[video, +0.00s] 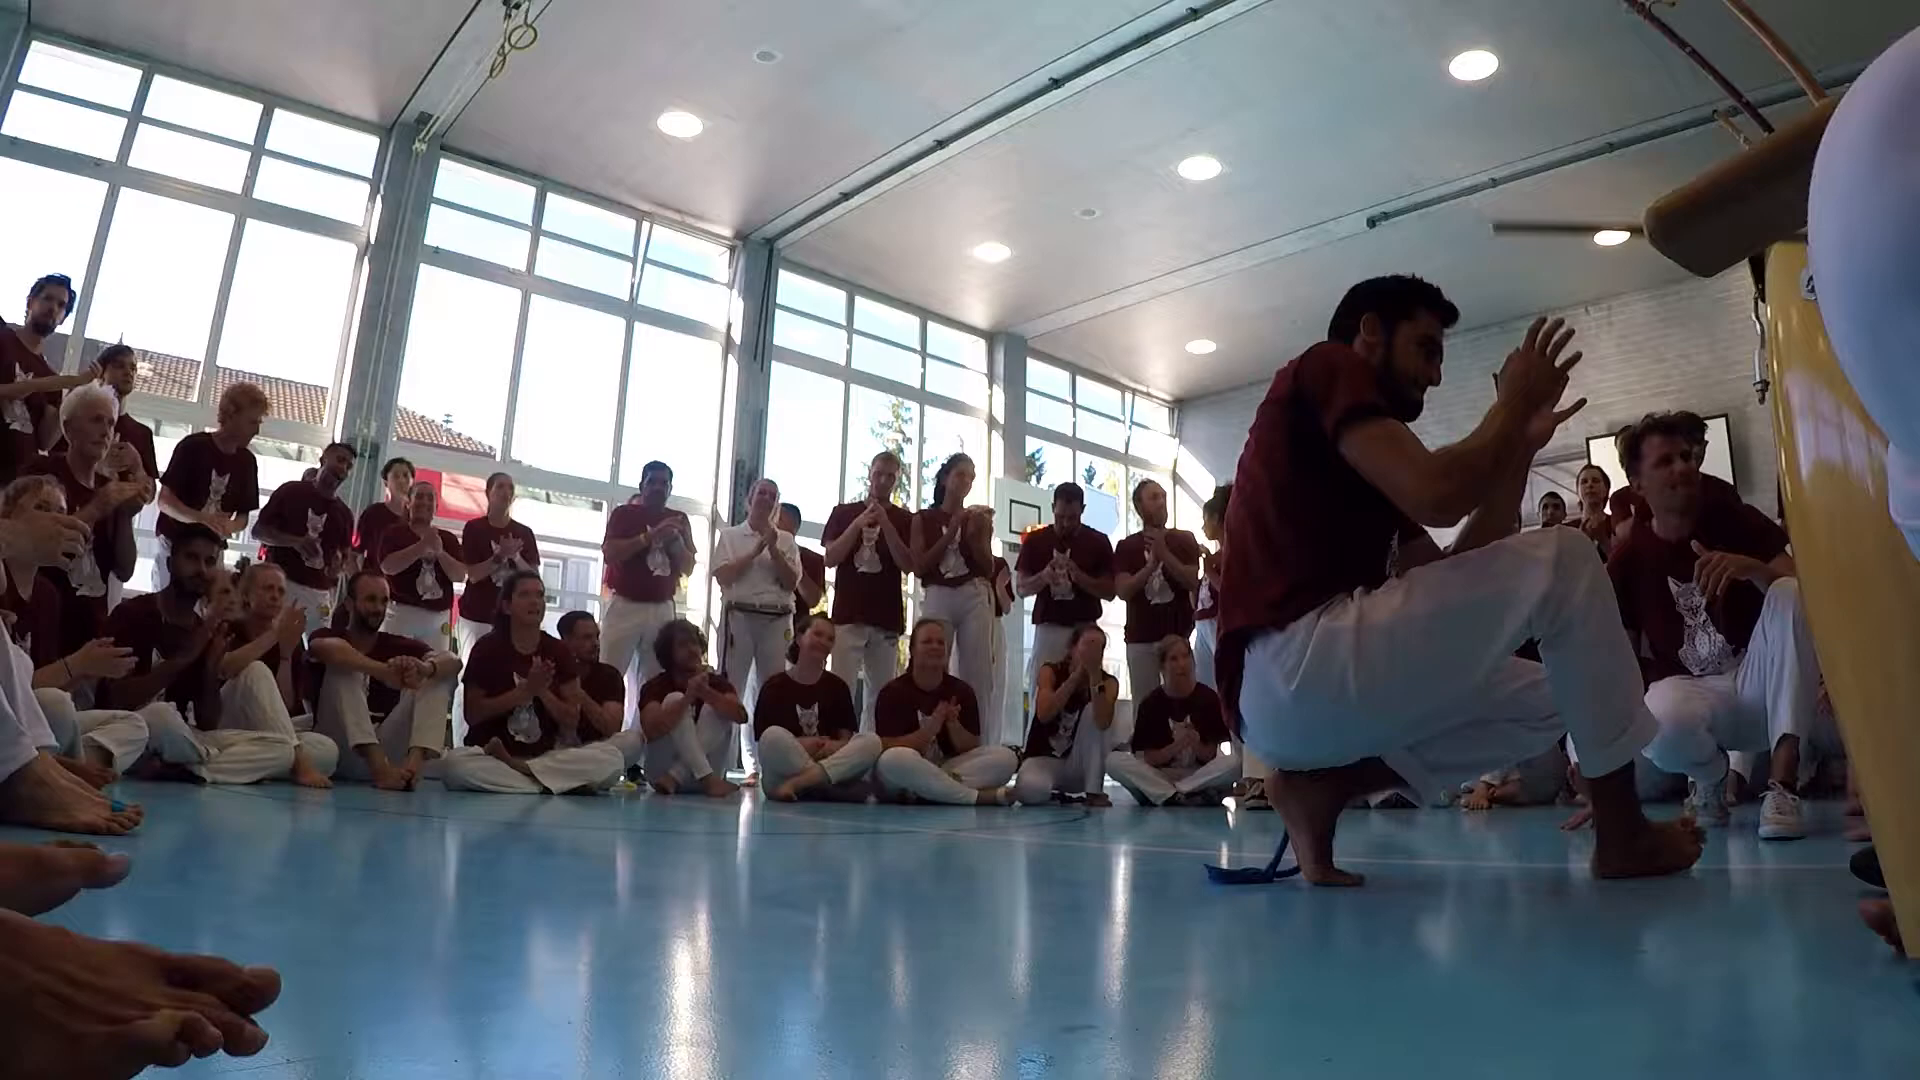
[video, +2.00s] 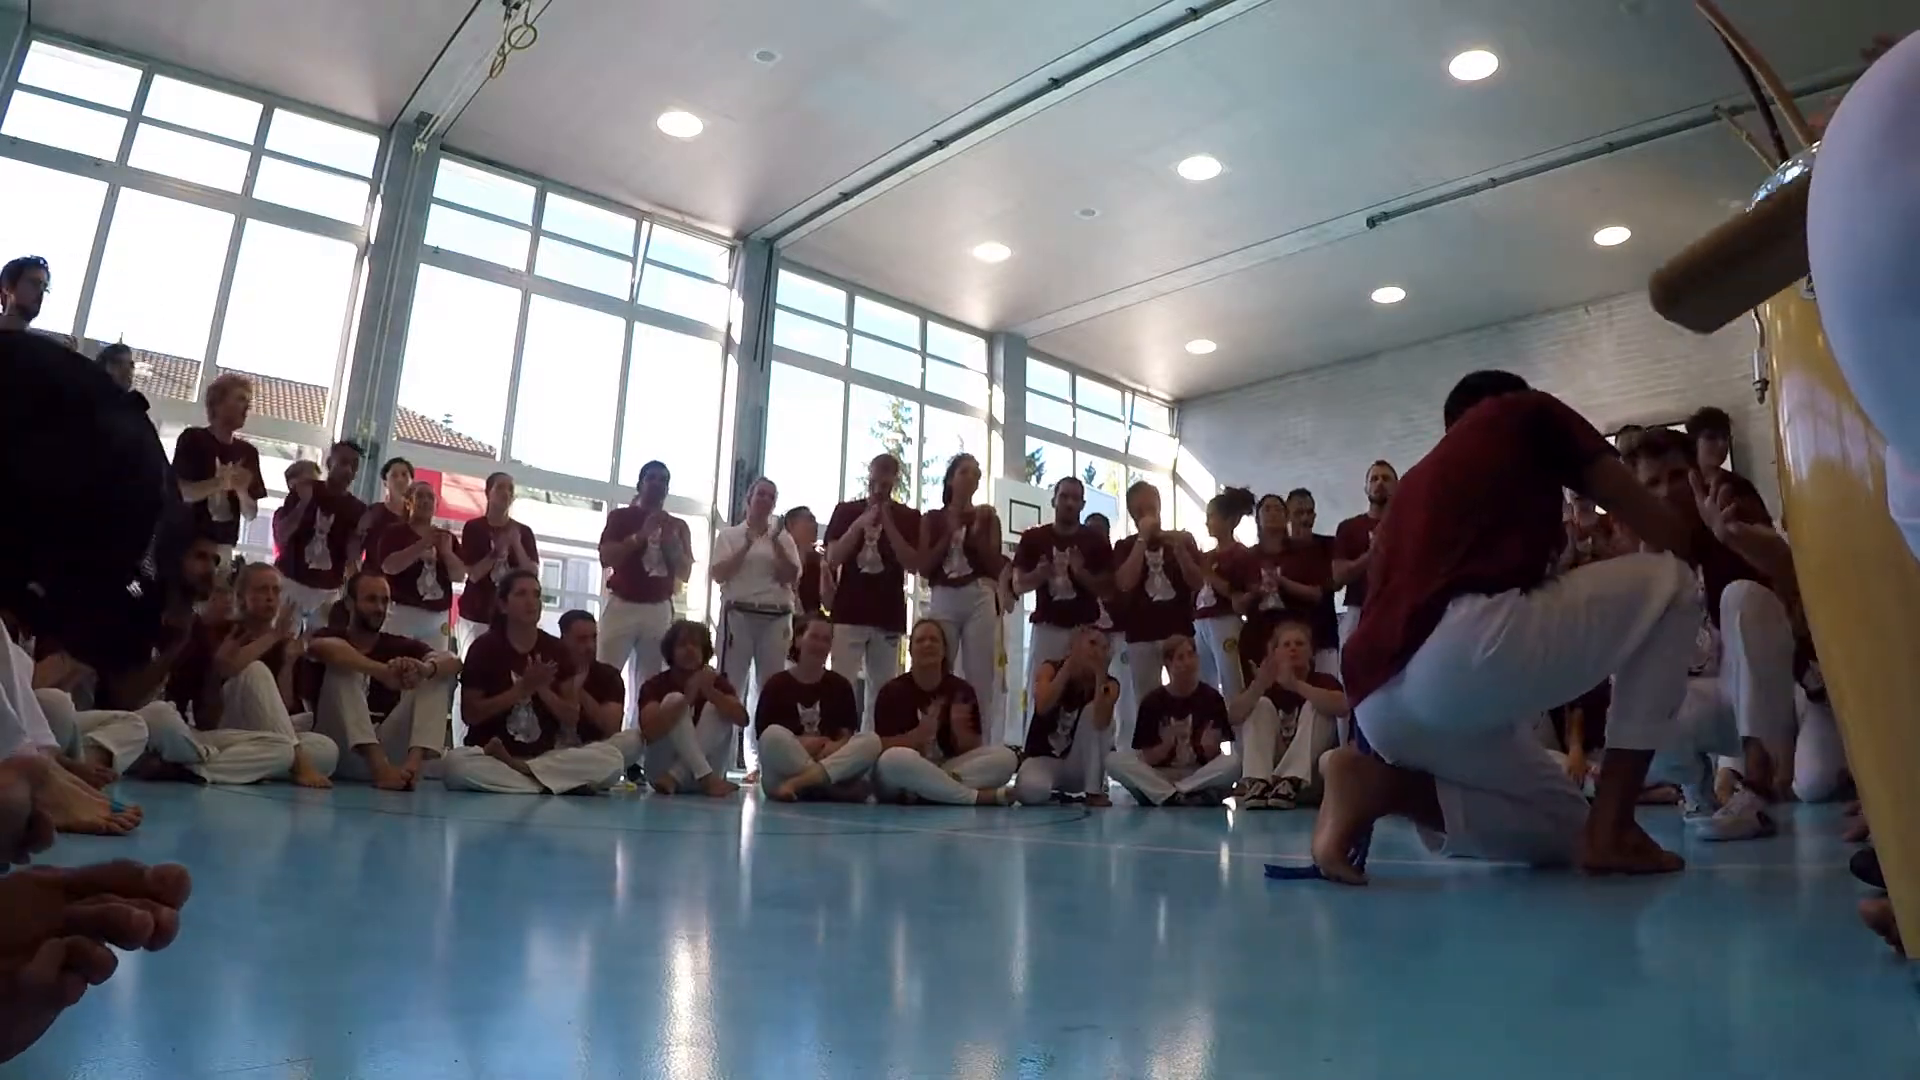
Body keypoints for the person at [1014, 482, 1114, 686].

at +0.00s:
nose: (1066, 523)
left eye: (1072, 518)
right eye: (1061, 517)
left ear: (1082, 511)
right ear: (1053, 509)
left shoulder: (1098, 541)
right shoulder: (1035, 540)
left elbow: (1109, 591)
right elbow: (1021, 588)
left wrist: (1078, 576)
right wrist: (1045, 576)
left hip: (1085, 629)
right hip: (1049, 629)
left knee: (1083, 699)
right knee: (1042, 697)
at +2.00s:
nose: (1070, 503)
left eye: (1076, 498)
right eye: (1064, 497)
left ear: (1083, 505)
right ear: (1054, 501)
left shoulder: (1096, 539)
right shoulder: (1033, 538)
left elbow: (1107, 588)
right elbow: (1018, 585)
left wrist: (1080, 572)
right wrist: (1040, 575)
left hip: (1086, 631)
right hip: (1047, 629)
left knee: (1083, 701)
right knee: (1040, 700)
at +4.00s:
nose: (1038, 502)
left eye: (1042, 497)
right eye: (1031, 496)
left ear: (1048, 503)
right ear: (1018, 502)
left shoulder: (1064, 540)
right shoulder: (1007, 541)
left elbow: (1082, 589)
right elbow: (1001, 585)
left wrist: (1065, 570)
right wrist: (1028, 574)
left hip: (1062, 628)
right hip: (1025, 629)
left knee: (1064, 699)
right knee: (1026, 701)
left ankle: (1063, 763)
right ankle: (1025, 764)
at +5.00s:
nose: (1065, 504)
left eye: (1070, 499)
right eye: (1060, 498)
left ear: (1076, 503)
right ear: (1049, 500)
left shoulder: (1085, 538)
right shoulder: (1030, 539)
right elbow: (1015, 586)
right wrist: (1041, 570)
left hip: (1080, 625)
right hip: (1043, 624)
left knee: (1077, 694)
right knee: (1037, 695)